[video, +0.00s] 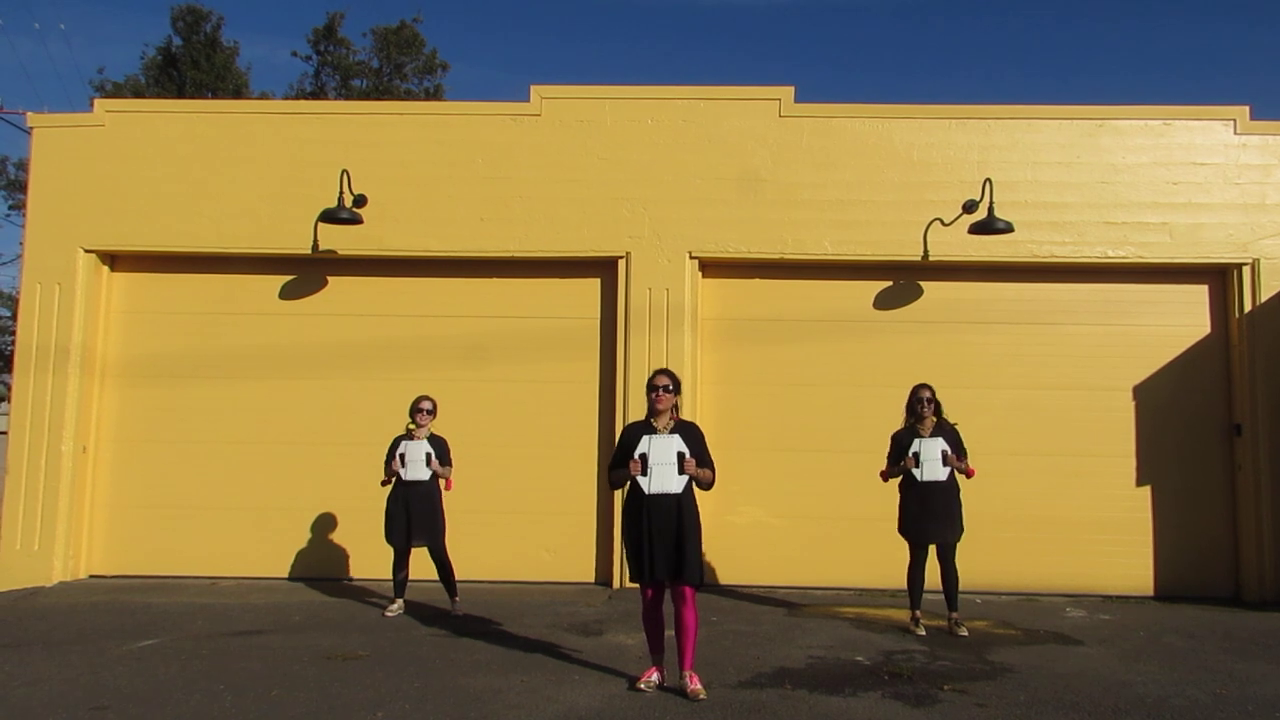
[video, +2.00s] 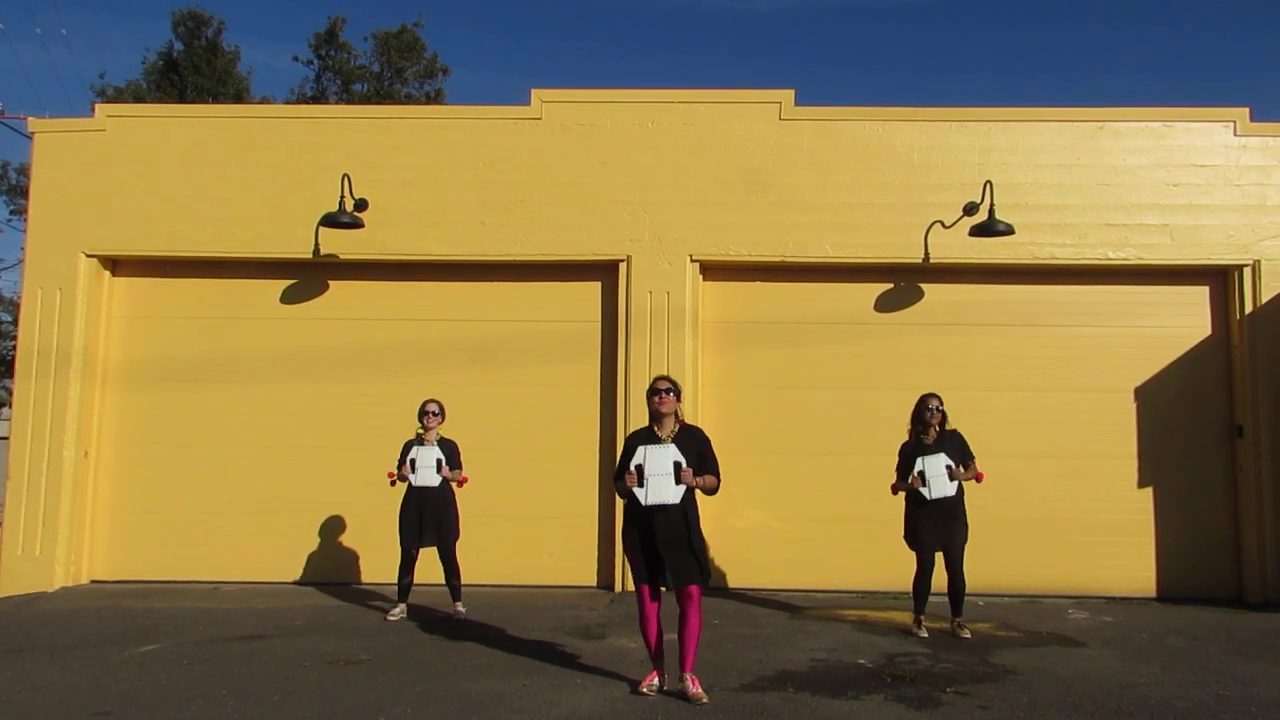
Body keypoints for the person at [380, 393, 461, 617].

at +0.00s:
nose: (423, 415)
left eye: (428, 412)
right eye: (419, 411)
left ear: (433, 416)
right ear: (412, 413)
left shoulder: (439, 442)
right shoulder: (400, 441)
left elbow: (448, 473)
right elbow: (388, 473)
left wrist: (437, 468)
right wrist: (393, 469)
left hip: (429, 503)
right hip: (402, 503)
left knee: (438, 551)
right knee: (401, 550)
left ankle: (454, 600)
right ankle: (398, 600)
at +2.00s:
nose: (430, 417)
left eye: (435, 414)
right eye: (426, 413)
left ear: (441, 418)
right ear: (420, 417)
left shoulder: (449, 446)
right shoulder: (410, 445)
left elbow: (458, 475)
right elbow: (401, 476)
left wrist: (448, 474)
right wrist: (404, 473)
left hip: (442, 507)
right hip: (414, 506)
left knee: (447, 555)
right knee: (408, 555)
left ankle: (457, 604)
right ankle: (401, 604)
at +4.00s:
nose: (410, 417)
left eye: (415, 413)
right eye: (406, 413)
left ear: (423, 417)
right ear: (402, 418)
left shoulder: (431, 446)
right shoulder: (393, 446)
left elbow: (441, 476)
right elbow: (382, 476)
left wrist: (428, 475)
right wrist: (384, 474)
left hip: (422, 510)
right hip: (393, 509)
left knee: (428, 558)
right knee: (387, 557)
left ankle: (436, 606)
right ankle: (380, 606)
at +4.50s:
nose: (407, 423)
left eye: (412, 420)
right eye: (403, 420)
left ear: (420, 425)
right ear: (399, 426)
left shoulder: (428, 454)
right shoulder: (391, 453)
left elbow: (438, 483)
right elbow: (374, 479)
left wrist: (430, 482)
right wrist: (387, 474)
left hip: (419, 516)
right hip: (391, 514)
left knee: (424, 561)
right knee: (382, 561)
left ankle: (432, 607)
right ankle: (378, 606)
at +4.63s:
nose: (407, 409)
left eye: (412, 406)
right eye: (403, 406)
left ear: (420, 412)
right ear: (398, 411)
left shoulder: (425, 436)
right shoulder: (390, 433)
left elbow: (440, 462)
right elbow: (381, 443)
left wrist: (450, 450)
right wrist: (410, 438)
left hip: (419, 501)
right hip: (392, 500)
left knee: (420, 554)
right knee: (385, 552)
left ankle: (426, 601)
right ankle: (375, 601)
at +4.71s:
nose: (407, 408)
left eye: (413, 405)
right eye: (403, 405)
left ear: (420, 413)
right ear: (397, 410)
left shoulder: (423, 439)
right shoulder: (388, 433)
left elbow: (442, 449)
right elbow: (391, 426)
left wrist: (458, 433)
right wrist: (422, 418)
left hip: (419, 501)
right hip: (393, 500)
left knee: (417, 553)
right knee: (388, 551)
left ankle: (418, 603)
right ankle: (382, 598)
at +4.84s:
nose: (409, 415)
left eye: (414, 413)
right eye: (408, 412)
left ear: (420, 420)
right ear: (403, 419)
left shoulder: (424, 443)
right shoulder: (393, 440)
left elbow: (447, 433)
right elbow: (396, 419)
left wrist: (456, 406)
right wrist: (417, 397)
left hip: (421, 508)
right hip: (394, 508)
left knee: (419, 559)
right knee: (386, 553)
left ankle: (417, 606)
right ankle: (394, 597)